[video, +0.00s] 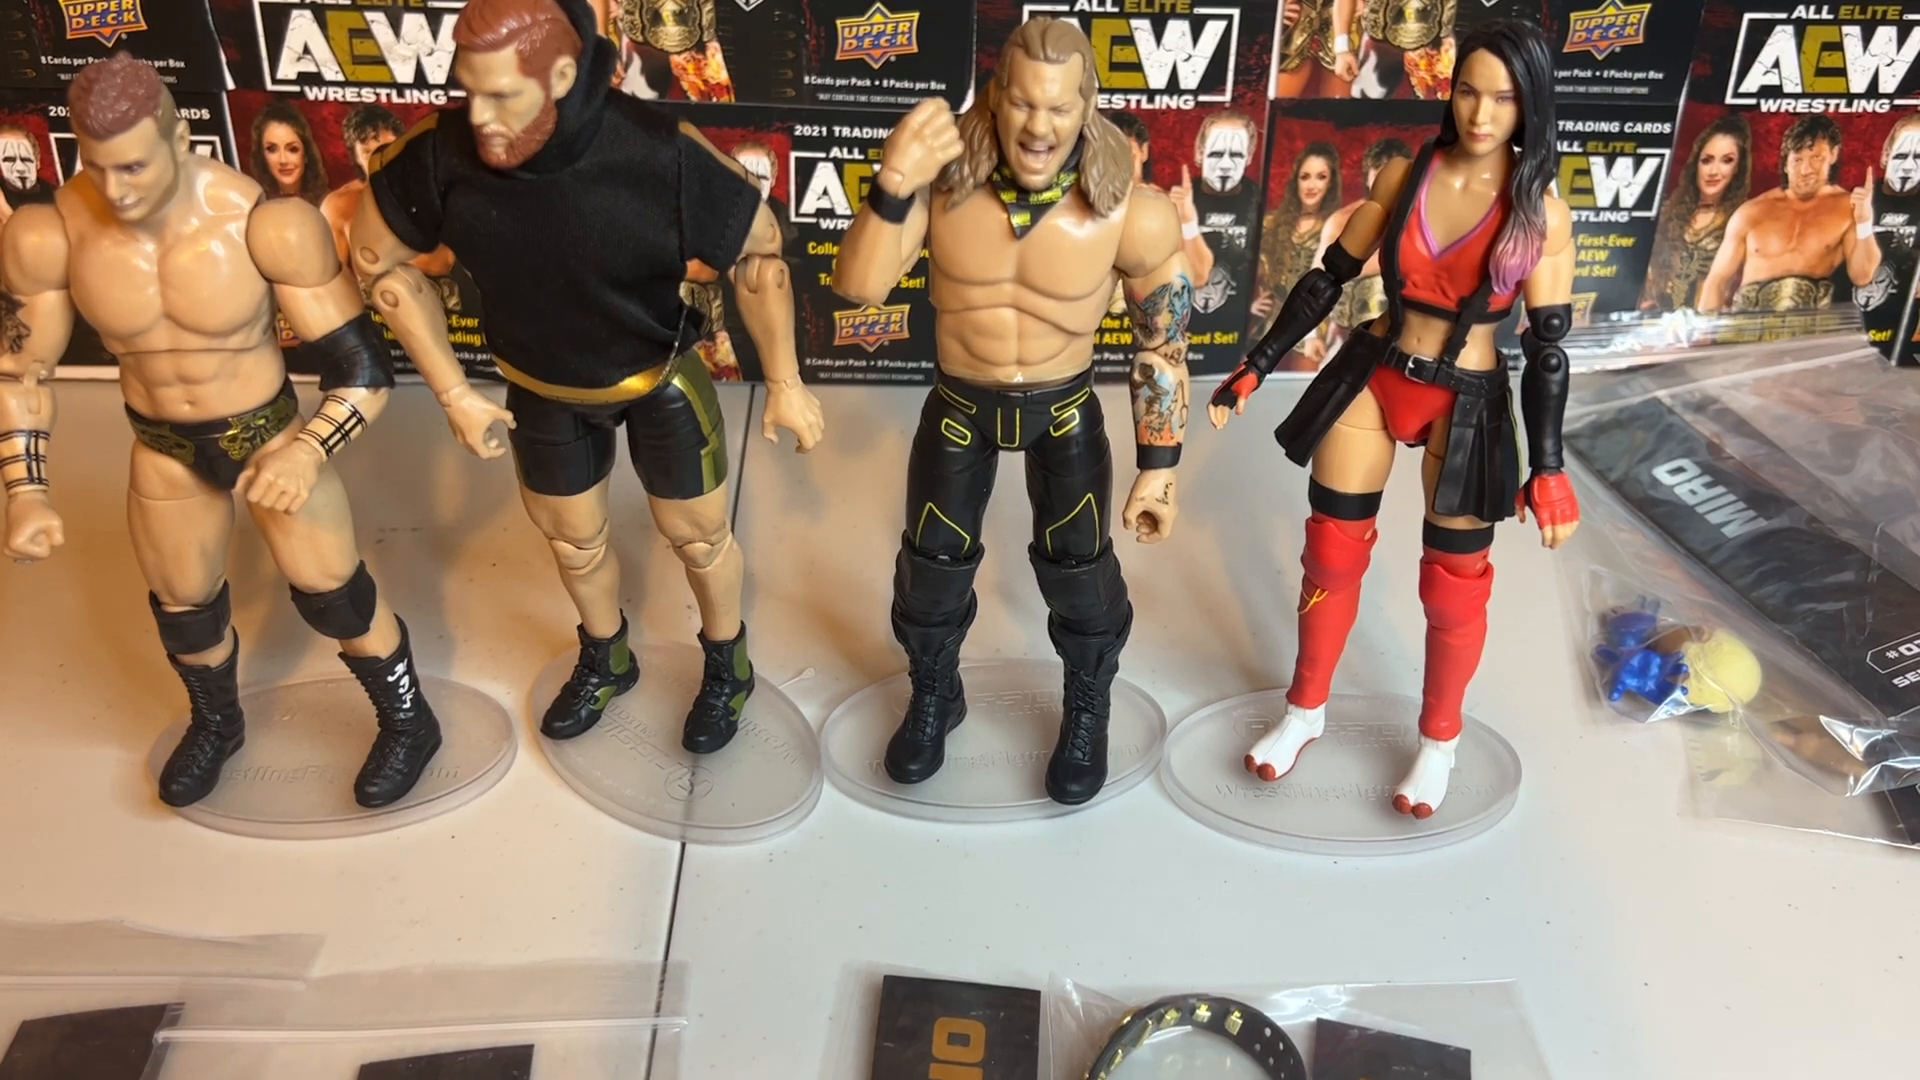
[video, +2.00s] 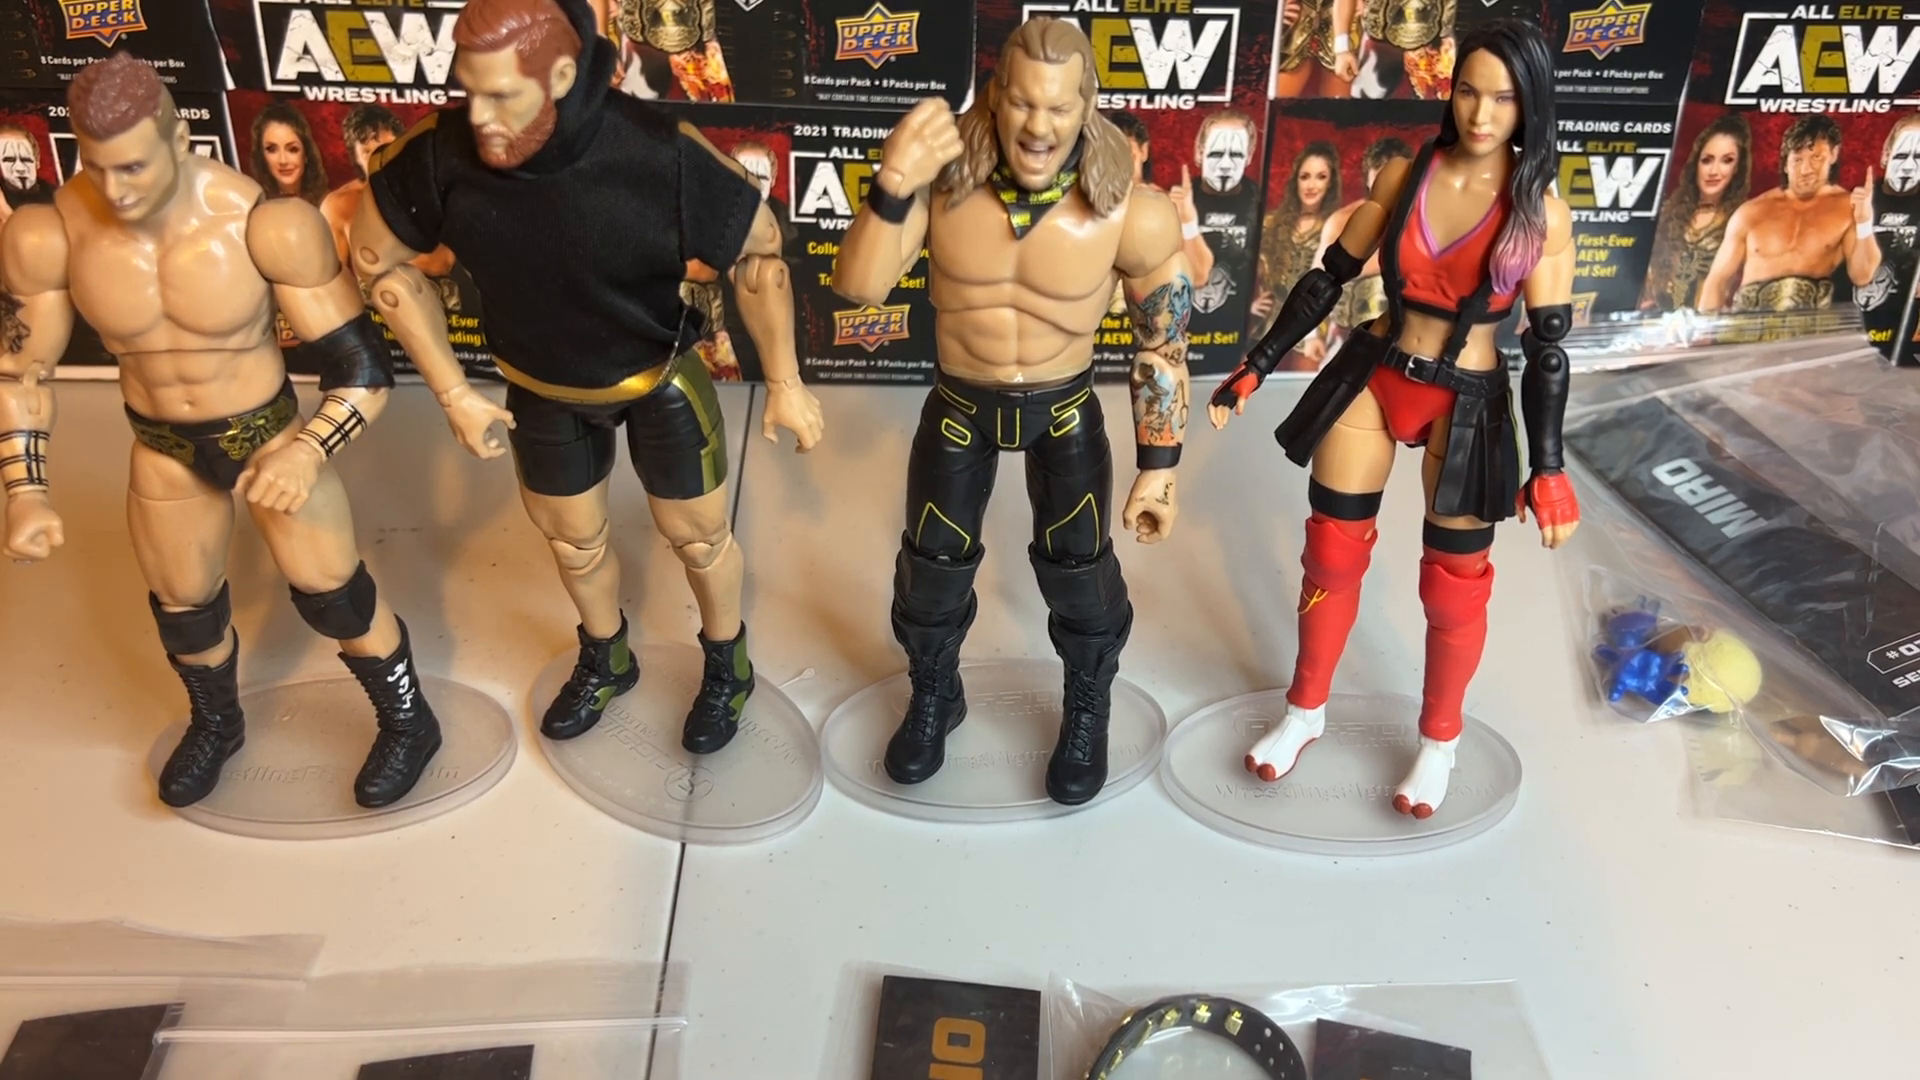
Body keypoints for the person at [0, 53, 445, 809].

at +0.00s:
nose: (117, 188)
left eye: (134, 167)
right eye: (100, 169)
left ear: (178, 138)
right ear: (80, 151)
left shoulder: (268, 224)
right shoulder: (53, 232)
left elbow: (362, 371)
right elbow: (23, 372)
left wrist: (310, 447)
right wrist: (21, 486)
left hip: (269, 440)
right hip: (161, 451)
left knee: (336, 599)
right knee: (186, 616)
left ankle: (408, 721)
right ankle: (216, 722)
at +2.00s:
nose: (118, 188)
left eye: (134, 167)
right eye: (100, 169)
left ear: (178, 138)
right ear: (80, 152)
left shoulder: (267, 225)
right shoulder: (53, 233)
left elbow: (363, 369)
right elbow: (22, 373)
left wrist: (311, 446)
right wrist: (22, 487)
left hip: (268, 441)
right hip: (161, 451)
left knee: (335, 599)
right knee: (186, 616)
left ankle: (409, 721)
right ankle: (216, 722)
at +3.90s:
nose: (118, 188)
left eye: (134, 167)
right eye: (100, 169)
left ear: (178, 139)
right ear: (80, 151)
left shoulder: (268, 225)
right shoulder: (52, 233)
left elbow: (362, 370)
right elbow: (22, 373)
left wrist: (311, 446)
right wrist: (21, 487)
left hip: (269, 441)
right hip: (161, 452)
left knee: (336, 600)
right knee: (186, 617)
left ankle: (408, 722)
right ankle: (217, 722)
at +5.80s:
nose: (118, 188)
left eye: (134, 167)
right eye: (100, 169)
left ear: (178, 138)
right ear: (80, 151)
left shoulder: (268, 225)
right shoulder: (53, 232)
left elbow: (362, 370)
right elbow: (23, 372)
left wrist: (312, 446)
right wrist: (22, 487)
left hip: (269, 441)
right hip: (161, 452)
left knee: (336, 599)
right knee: (186, 617)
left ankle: (409, 722)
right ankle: (216, 722)